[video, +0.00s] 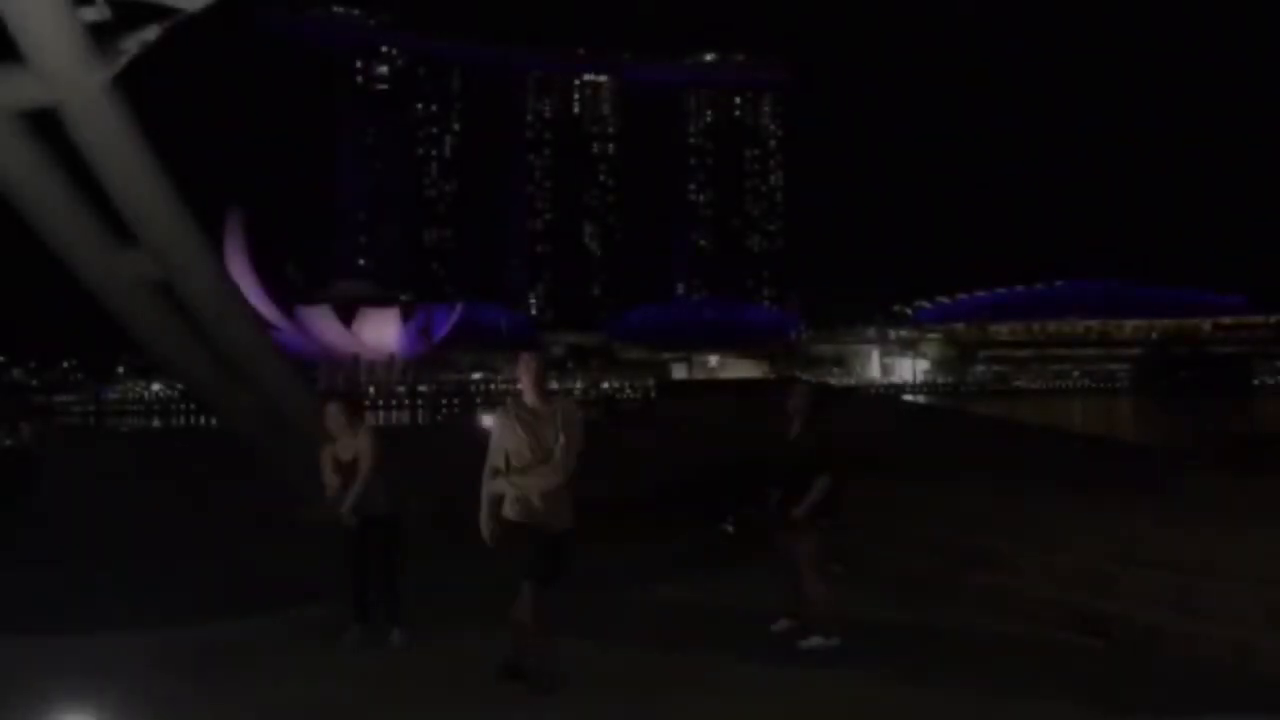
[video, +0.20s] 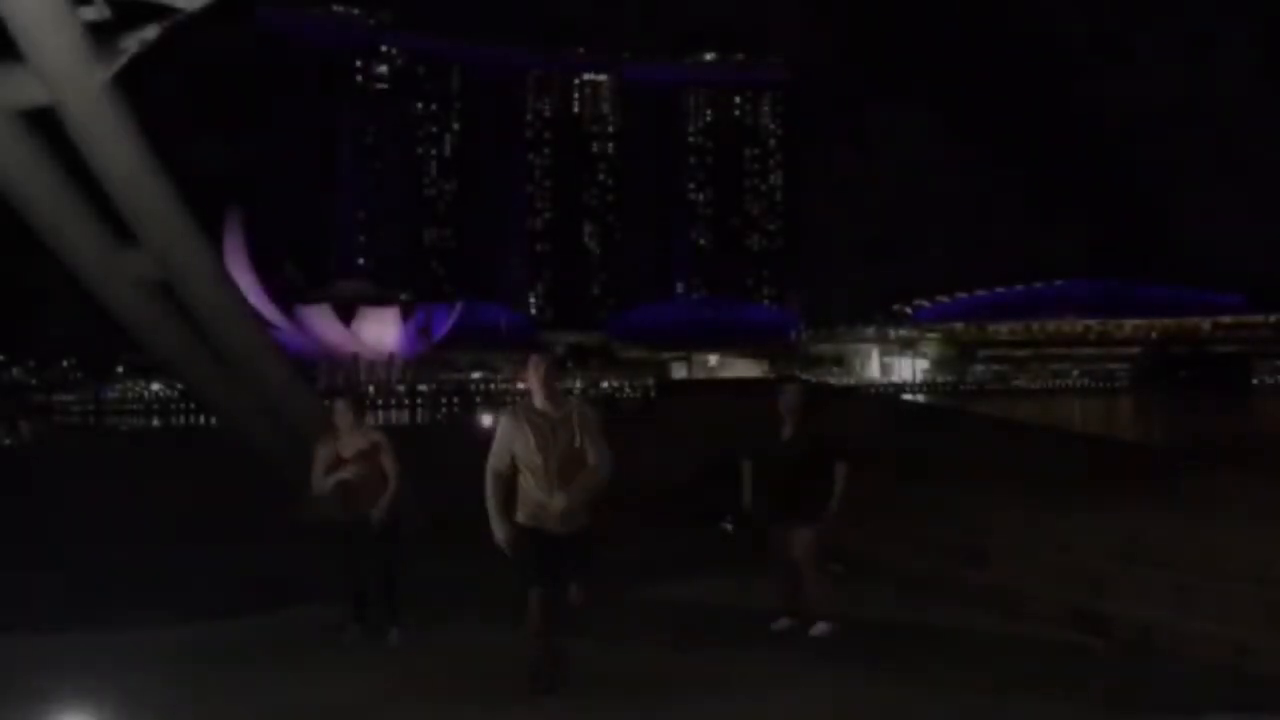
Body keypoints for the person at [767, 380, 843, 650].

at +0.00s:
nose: (792, 404)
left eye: (798, 399)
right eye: (791, 399)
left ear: (809, 404)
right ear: (789, 403)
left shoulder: (817, 436)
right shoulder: (787, 435)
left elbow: (824, 479)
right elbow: (784, 475)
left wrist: (804, 508)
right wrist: (777, 502)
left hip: (813, 517)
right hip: (790, 515)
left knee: (812, 572)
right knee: (792, 570)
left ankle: (822, 627)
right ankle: (793, 614)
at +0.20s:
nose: (788, 405)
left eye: (793, 399)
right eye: (784, 399)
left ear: (802, 403)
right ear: (778, 403)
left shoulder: (814, 433)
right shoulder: (772, 435)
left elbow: (838, 467)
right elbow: (759, 468)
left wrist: (832, 503)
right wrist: (756, 500)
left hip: (809, 504)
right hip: (779, 504)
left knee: (807, 561)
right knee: (782, 561)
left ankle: (822, 614)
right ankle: (789, 612)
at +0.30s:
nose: (790, 402)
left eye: (794, 396)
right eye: (785, 396)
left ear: (803, 400)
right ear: (779, 400)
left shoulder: (816, 430)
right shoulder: (772, 432)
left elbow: (842, 452)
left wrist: (842, 480)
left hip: (812, 499)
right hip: (780, 499)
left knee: (808, 559)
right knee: (784, 558)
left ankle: (813, 612)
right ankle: (788, 611)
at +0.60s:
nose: (803, 414)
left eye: (807, 408)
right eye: (798, 407)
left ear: (814, 410)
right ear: (790, 411)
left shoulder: (823, 441)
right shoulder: (781, 441)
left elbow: (838, 474)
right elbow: (768, 477)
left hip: (817, 509)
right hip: (785, 511)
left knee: (815, 566)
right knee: (792, 562)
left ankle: (803, 614)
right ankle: (771, 602)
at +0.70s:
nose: (808, 416)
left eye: (812, 410)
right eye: (803, 410)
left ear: (818, 412)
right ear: (795, 412)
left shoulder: (825, 441)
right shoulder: (790, 440)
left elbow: (836, 477)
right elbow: (771, 472)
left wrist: (842, 466)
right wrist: (782, 437)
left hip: (819, 509)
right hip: (789, 508)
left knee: (818, 566)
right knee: (802, 559)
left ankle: (803, 615)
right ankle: (778, 617)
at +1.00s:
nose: (804, 417)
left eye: (806, 410)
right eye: (798, 411)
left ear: (812, 414)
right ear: (790, 416)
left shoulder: (820, 446)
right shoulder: (786, 451)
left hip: (820, 514)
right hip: (796, 516)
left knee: (848, 555)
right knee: (816, 570)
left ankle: (801, 584)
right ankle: (796, 636)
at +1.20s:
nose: (808, 417)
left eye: (812, 412)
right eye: (803, 412)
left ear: (820, 414)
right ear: (795, 414)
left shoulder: (828, 439)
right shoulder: (788, 440)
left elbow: (851, 471)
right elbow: (769, 451)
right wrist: (791, 420)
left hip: (826, 511)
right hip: (793, 513)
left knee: (840, 557)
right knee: (808, 566)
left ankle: (823, 611)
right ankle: (795, 635)